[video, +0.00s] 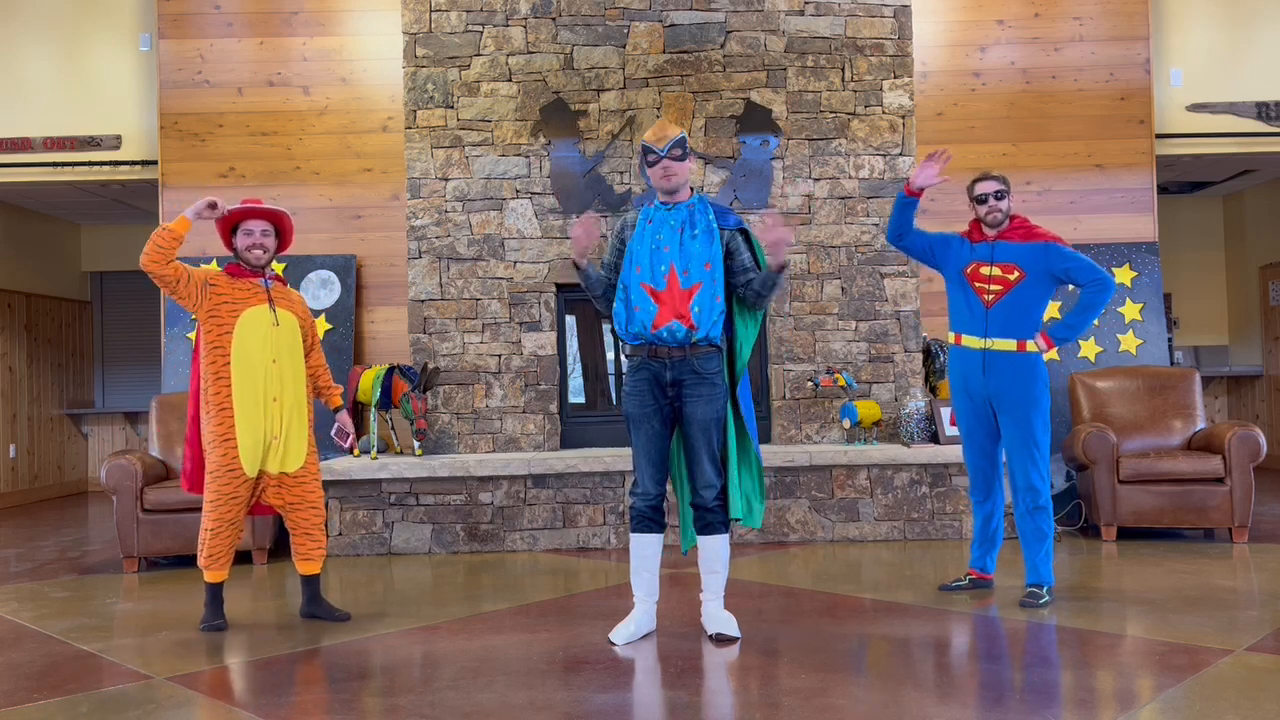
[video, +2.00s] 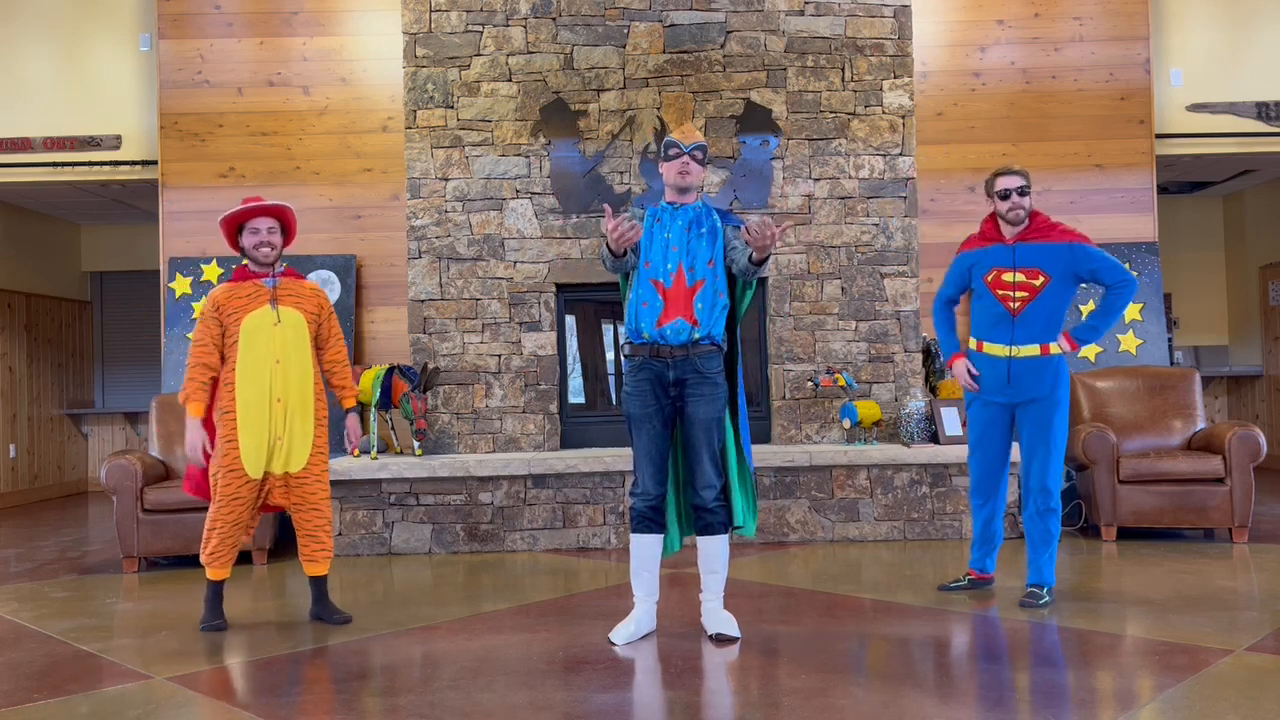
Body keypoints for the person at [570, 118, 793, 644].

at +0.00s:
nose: (668, 166)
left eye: (677, 156)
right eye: (657, 160)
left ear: (693, 164)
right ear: (645, 171)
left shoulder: (722, 221)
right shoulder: (631, 223)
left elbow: (752, 295)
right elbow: (608, 298)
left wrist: (775, 265)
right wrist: (585, 262)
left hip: (702, 365)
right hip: (643, 366)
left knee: (708, 485)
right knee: (647, 488)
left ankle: (714, 607)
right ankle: (644, 609)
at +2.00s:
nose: (685, 162)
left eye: (695, 156)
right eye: (675, 154)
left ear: (706, 169)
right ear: (659, 165)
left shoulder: (722, 221)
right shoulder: (639, 217)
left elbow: (743, 266)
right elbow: (620, 262)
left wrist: (760, 252)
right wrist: (616, 247)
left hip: (703, 363)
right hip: (644, 364)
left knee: (707, 484)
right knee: (648, 485)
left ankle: (713, 607)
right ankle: (644, 609)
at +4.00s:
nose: (656, 167)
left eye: (668, 156)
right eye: (649, 161)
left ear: (692, 164)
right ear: (644, 172)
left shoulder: (724, 222)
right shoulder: (631, 224)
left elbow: (747, 294)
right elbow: (608, 304)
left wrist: (775, 283)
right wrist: (595, 280)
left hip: (703, 365)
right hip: (643, 366)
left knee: (709, 485)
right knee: (648, 487)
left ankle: (713, 608)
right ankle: (644, 609)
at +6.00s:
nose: (692, 170)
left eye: (702, 161)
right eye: (682, 161)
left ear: (716, 166)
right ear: (669, 166)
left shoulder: (740, 226)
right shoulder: (646, 223)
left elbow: (762, 296)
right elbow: (616, 290)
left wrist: (770, 358)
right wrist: (600, 348)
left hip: (715, 366)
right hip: (654, 366)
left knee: (716, 488)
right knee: (653, 489)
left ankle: (715, 607)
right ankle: (644, 609)